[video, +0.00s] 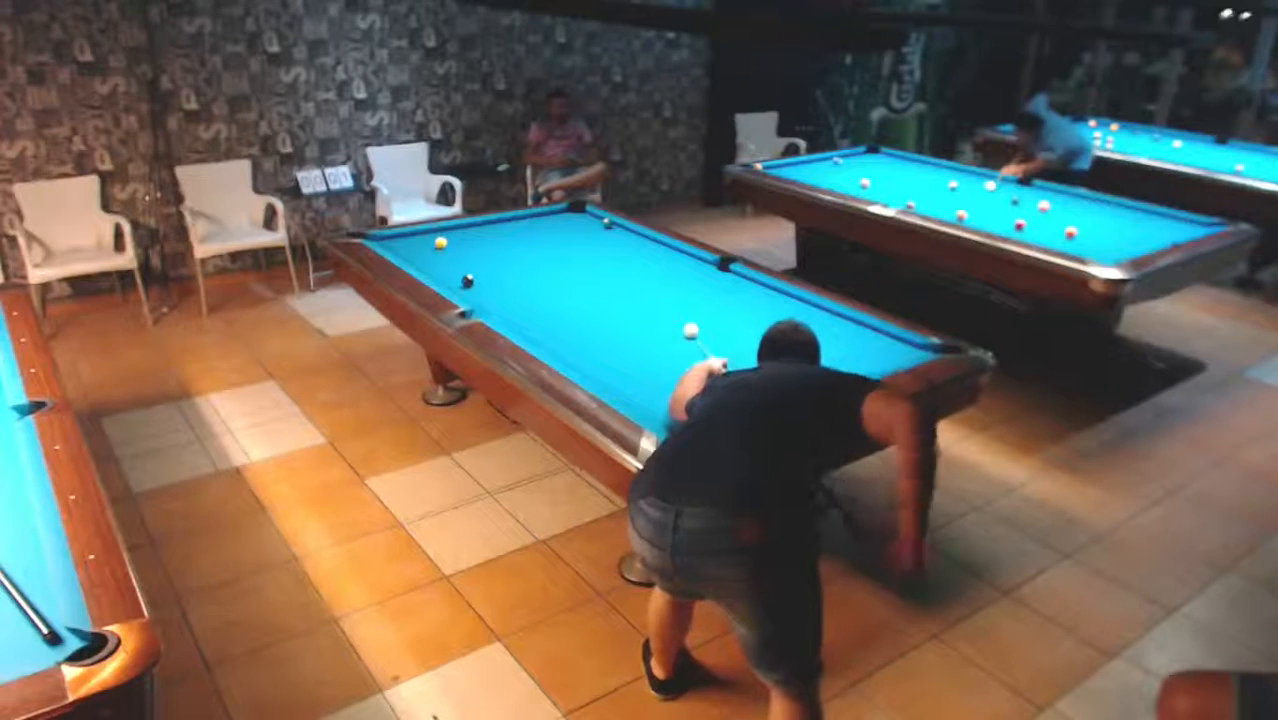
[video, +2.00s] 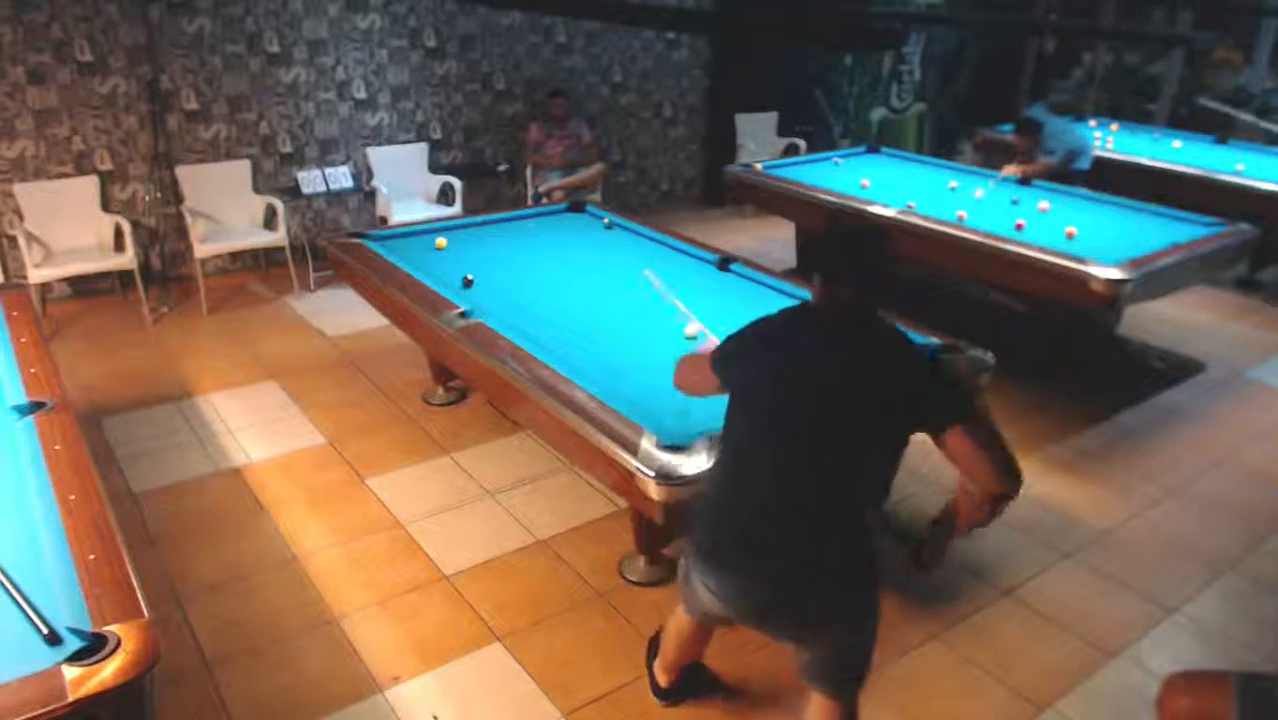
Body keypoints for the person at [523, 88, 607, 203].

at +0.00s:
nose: (560, 111)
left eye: (563, 106)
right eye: (556, 107)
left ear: (569, 107)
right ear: (549, 108)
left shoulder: (578, 125)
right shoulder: (539, 127)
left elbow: (592, 152)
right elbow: (528, 157)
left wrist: (574, 161)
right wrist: (553, 162)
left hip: (577, 166)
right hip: (551, 169)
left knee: (601, 169)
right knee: (559, 196)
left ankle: (548, 188)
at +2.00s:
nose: (559, 110)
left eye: (562, 106)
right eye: (555, 107)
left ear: (568, 107)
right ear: (548, 108)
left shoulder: (578, 126)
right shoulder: (538, 128)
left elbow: (591, 153)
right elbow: (529, 156)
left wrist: (567, 160)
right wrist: (552, 162)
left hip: (576, 166)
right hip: (550, 170)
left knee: (600, 168)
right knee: (558, 196)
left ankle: (551, 186)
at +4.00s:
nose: (563, 110)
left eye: (566, 106)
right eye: (559, 106)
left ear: (571, 107)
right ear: (551, 108)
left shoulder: (579, 125)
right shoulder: (539, 126)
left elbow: (592, 154)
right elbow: (528, 157)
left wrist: (570, 160)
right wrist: (554, 162)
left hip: (575, 167)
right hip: (549, 171)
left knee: (601, 168)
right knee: (558, 196)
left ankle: (550, 187)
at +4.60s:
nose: (565, 111)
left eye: (568, 107)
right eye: (561, 107)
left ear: (572, 108)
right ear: (552, 108)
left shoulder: (579, 126)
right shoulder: (539, 127)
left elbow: (593, 155)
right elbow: (529, 157)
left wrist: (572, 161)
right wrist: (555, 161)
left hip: (577, 167)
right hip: (551, 169)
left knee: (601, 169)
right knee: (559, 196)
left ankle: (551, 186)